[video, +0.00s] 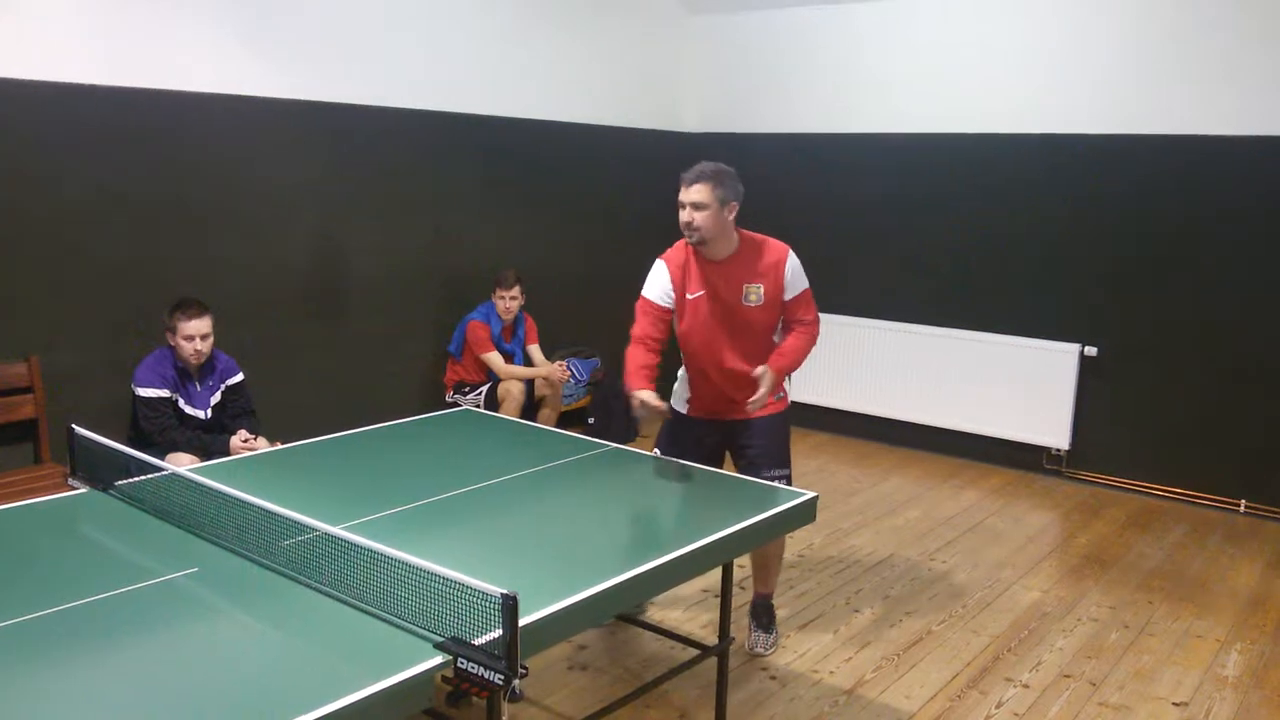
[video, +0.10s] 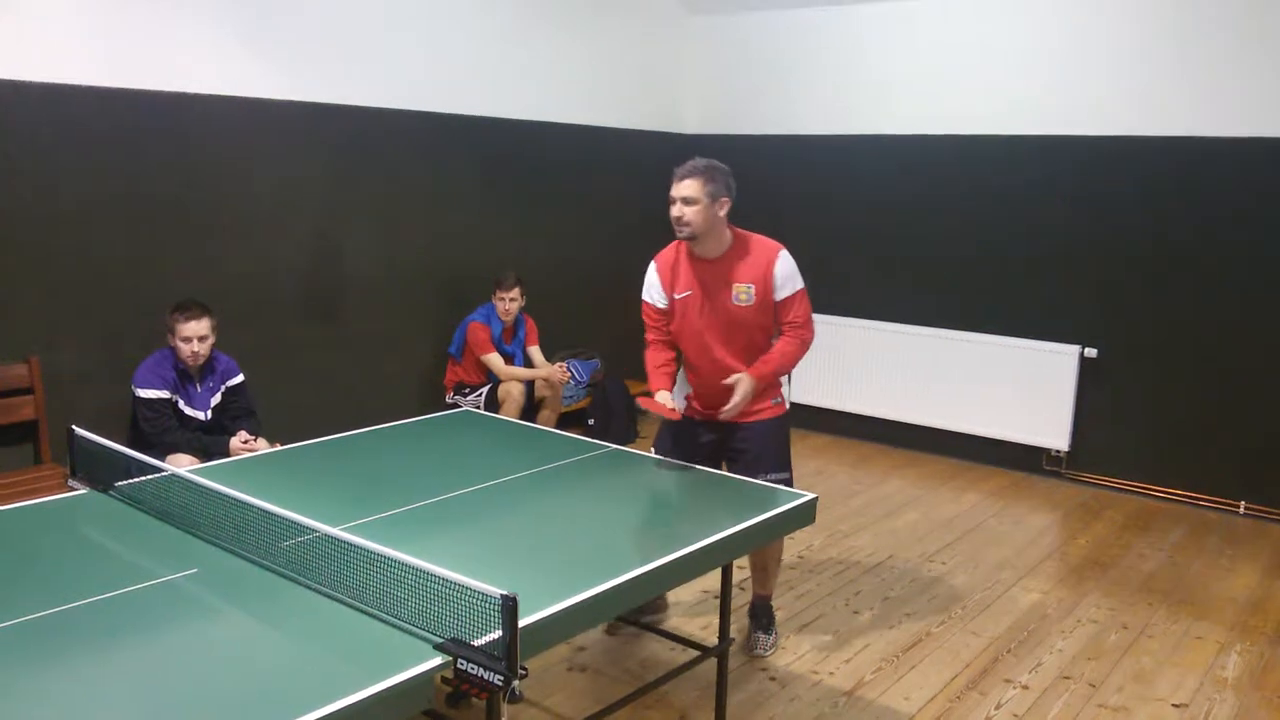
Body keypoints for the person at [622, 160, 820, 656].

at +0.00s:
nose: (686, 217)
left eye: (698, 207)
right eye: (682, 207)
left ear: (731, 211)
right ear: (679, 209)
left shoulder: (777, 261)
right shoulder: (671, 266)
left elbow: (805, 324)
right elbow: (645, 337)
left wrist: (776, 368)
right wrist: (640, 385)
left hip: (760, 409)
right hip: (693, 405)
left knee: (769, 507)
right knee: (659, 495)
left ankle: (762, 607)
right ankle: (633, 587)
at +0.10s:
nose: (676, 212)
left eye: (688, 202)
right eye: (673, 202)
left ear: (722, 207)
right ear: (672, 206)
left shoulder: (770, 260)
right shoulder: (663, 267)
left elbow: (799, 331)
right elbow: (658, 338)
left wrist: (757, 375)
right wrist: (661, 387)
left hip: (758, 415)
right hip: (689, 412)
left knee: (767, 511)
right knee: (659, 499)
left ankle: (761, 608)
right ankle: (650, 594)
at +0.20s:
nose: (660, 212)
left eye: (671, 202)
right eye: (656, 202)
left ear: (705, 207)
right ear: (655, 206)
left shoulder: (756, 261)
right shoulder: (652, 269)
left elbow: (783, 337)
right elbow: (655, 339)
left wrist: (731, 385)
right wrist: (666, 390)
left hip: (751, 420)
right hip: (684, 416)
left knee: (761, 517)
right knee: (658, 505)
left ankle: (761, 610)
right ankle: (659, 598)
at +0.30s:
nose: (647, 215)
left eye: (658, 206)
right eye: (645, 206)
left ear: (693, 209)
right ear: (645, 209)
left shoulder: (744, 265)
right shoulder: (645, 271)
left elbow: (766, 347)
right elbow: (648, 341)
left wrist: (705, 390)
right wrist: (657, 387)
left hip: (747, 421)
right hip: (681, 418)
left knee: (753, 514)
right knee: (648, 504)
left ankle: (768, 606)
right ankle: (660, 599)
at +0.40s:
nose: (640, 219)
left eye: (650, 209)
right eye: (637, 210)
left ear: (685, 212)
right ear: (643, 214)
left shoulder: (734, 272)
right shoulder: (644, 271)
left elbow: (749, 358)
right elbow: (644, 339)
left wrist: (680, 394)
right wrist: (645, 383)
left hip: (742, 423)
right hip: (680, 418)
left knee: (743, 514)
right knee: (646, 503)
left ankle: (779, 622)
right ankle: (658, 598)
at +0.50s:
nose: (641, 219)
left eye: (651, 209)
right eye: (639, 210)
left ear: (687, 210)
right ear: (646, 214)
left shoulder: (734, 272)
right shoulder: (649, 268)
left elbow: (746, 360)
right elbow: (647, 337)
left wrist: (678, 397)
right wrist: (644, 383)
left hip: (748, 417)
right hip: (688, 413)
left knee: (751, 520)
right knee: (652, 502)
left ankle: (786, 636)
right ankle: (663, 600)